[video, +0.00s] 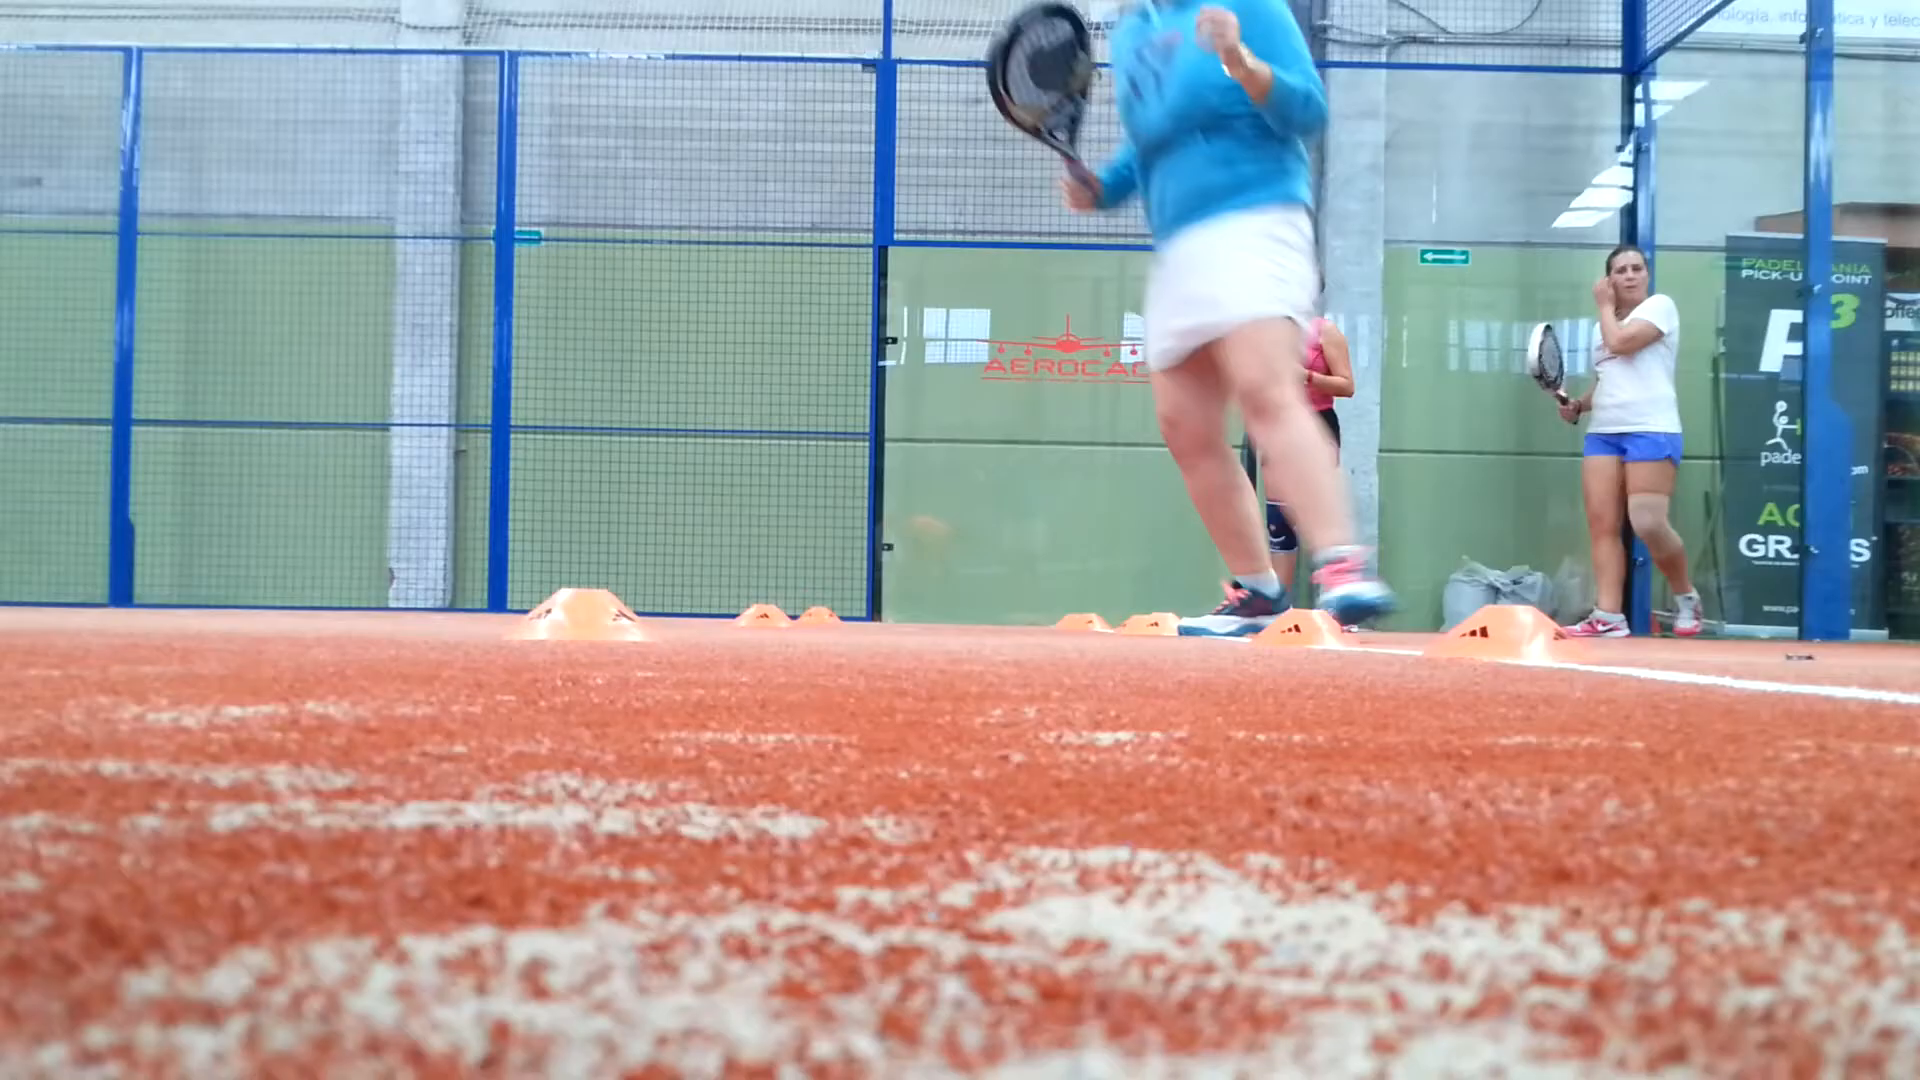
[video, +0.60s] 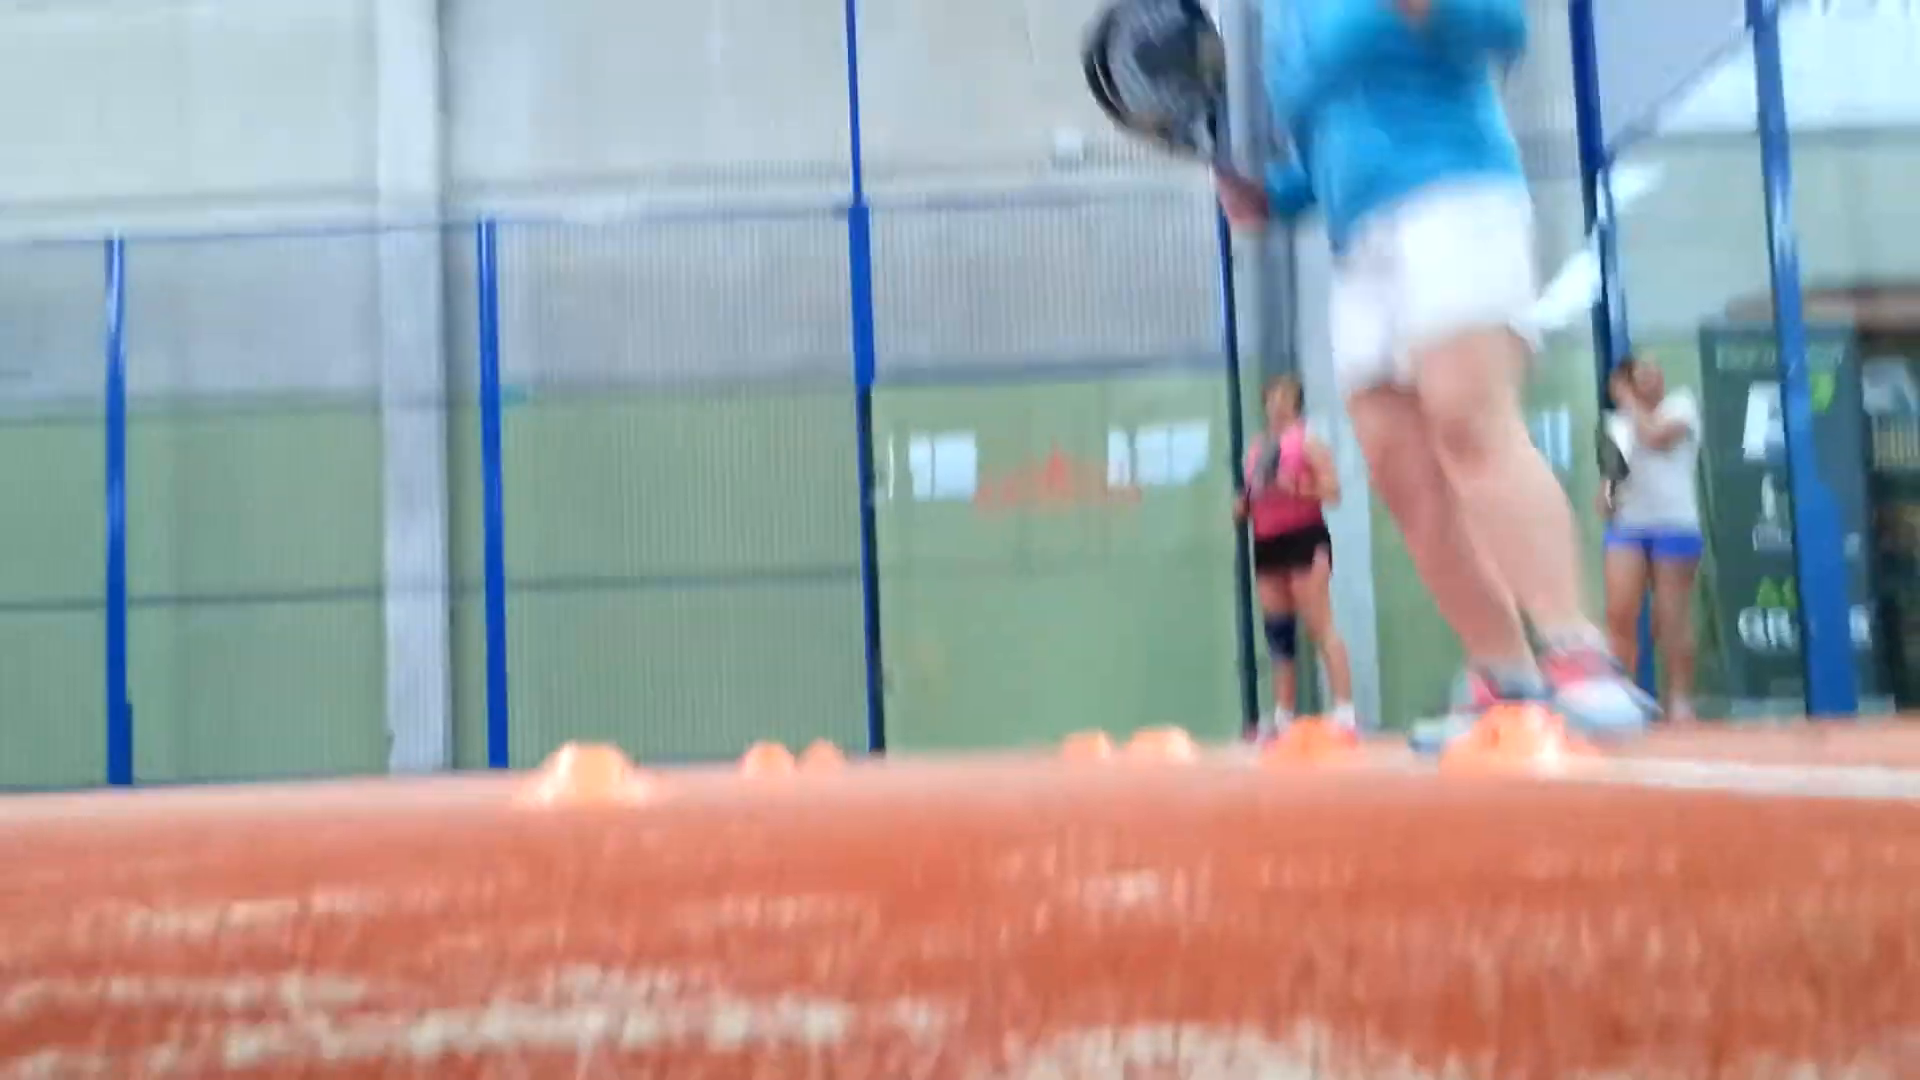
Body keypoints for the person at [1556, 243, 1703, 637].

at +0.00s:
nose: (1630, 275)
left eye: (1637, 268)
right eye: (1621, 270)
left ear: (1648, 274)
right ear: (1610, 282)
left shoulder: (1661, 307)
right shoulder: (1604, 328)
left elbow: (1619, 344)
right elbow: (1608, 385)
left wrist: (1605, 305)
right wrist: (1581, 405)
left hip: (1650, 427)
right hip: (1602, 430)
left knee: (1647, 522)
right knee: (1603, 525)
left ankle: (1685, 597)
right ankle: (1609, 615)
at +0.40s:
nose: (1664, 279)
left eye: (1667, 272)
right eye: (1654, 275)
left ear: (1676, 279)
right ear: (1641, 288)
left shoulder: (1694, 310)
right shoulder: (1626, 334)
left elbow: (1658, 339)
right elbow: (1621, 384)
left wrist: (1635, 305)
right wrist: (1610, 401)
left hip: (1680, 431)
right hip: (1630, 430)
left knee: (1671, 528)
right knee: (1618, 514)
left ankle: (1675, 609)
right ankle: (1613, 605)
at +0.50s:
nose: (1666, 288)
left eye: (1672, 280)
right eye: (1659, 282)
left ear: (1684, 282)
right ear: (1647, 288)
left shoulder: (1702, 310)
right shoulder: (1640, 323)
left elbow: (1676, 340)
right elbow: (1627, 358)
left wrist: (1649, 305)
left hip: (1685, 427)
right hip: (1640, 426)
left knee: (1679, 525)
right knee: (1629, 520)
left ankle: (1685, 614)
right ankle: (1627, 615)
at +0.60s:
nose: (1650, 383)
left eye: (1654, 376)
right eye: (1641, 378)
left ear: (1663, 378)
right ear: (1628, 386)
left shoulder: (1681, 404)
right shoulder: (1618, 422)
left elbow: (1657, 436)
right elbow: (1612, 463)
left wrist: (1629, 401)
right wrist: (1605, 492)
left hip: (1674, 521)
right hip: (1627, 522)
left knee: (1672, 617)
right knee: (1619, 613)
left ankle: (1679, 700)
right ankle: (1620, 697)